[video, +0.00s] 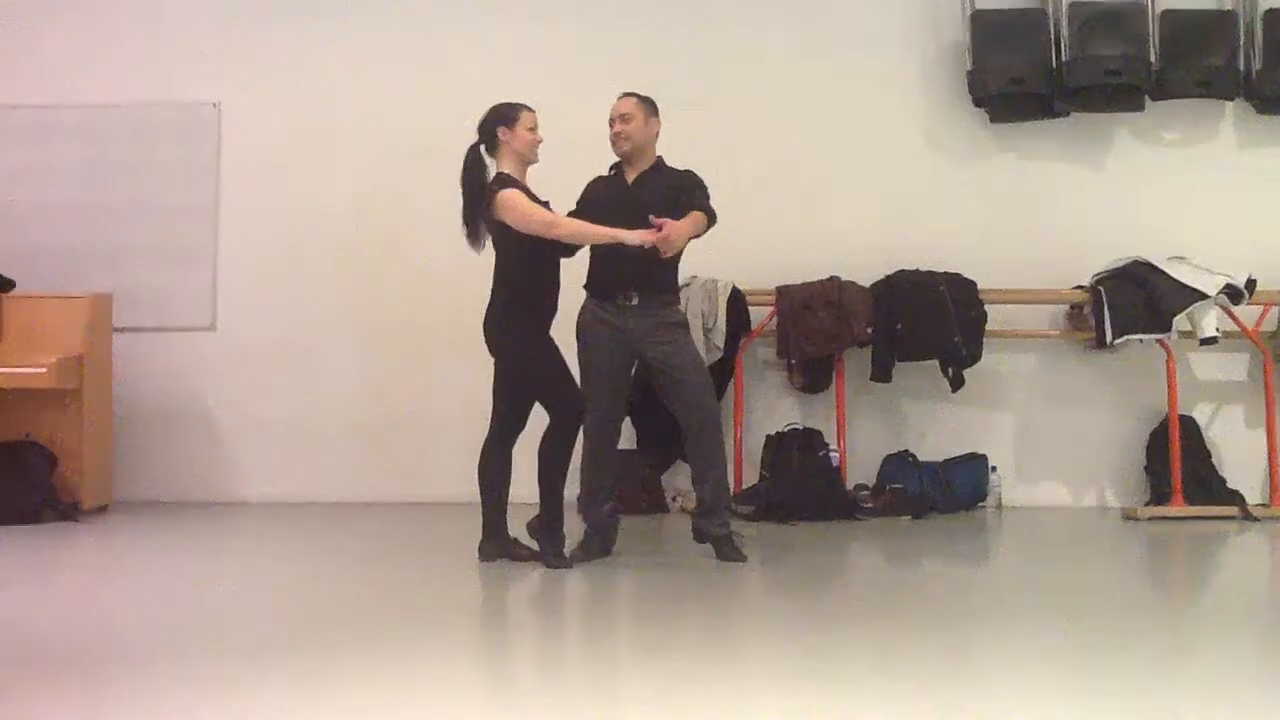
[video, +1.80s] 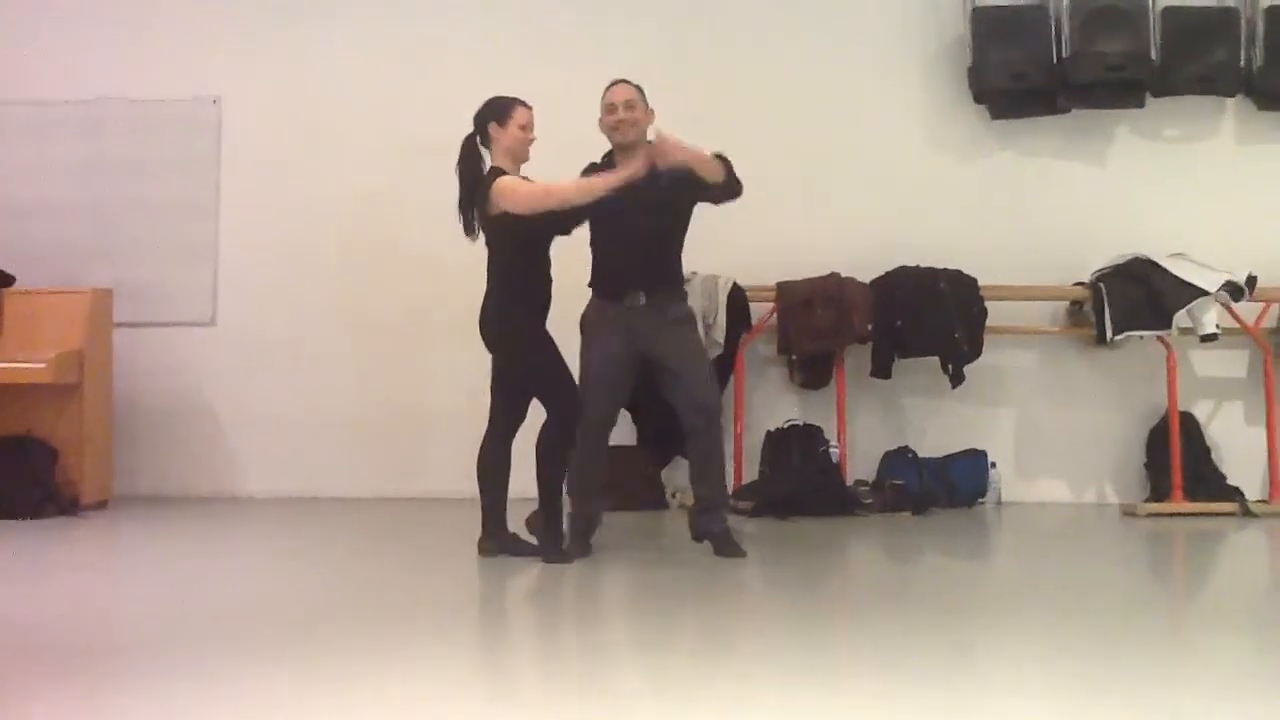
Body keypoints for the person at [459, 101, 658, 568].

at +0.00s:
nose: (540, 137)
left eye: (538, 129)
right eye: (532, 129)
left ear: (510, 136)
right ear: (504, 135)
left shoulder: (518, 192)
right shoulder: (505, 195)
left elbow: (554, 245)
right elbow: (559, 231)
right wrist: (627, 235)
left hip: (524, 324)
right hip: (517, 327)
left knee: (504, 428)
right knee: (568, 410)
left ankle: (494, 536)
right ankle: (550, 523)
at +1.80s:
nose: (532, 137)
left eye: (532, 129)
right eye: (524, 129)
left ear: (506, 135)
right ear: (495, 132)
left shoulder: (514, 185)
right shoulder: (502, 188)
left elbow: (568, 198)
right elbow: (567, 195)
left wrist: (617, 176)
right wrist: (622, 174)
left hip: (518, 318)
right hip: (514, 322)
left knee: (502, 426)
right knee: (567, 409)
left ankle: (494, 532)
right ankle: (548, 518)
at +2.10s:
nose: (514, 137)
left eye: (515, 129)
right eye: (507, 128)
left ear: (490, 134)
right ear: (478, 129)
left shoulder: (497, 180)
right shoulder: (481, 187)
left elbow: (551, 192)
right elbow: (545, 211)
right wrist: (615, 200)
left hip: (502, 317)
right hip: (498, 321)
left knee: (499, 421)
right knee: (558, 402)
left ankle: (490, 531)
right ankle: (545, 519)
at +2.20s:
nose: (504, 141)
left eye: (504, 132)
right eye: (496, 132)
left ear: (480, 137)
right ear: (466, 134)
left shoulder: (487, 189)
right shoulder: (464, 197)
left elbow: (534, 212)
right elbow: (502, 261)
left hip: (490, 322)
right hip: (480, 326)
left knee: (494, 424)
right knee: (546, 404)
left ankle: (489, 531)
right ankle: (521, 520)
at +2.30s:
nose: (496, 141)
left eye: (497, 132)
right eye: (487, 131)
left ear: (483, 137)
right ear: (458, 133)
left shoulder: (479, 189)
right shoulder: (454, 196)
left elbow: (514, 231)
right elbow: (473, 267)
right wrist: (544, 272)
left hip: (489, 320)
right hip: (471, 324)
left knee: (532, 411)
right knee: (496, 422)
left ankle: (479, 506)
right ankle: (488, 531)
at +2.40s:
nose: (487, 143)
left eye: (489, 135)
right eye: (478, 134)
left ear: (483, 141)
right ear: (449, 136)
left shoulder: (471, 190)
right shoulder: (444, 195)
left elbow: (491, 242)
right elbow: (459, 263)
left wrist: (528, 235)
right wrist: (517, 247)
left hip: (481, 321)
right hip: (462, 325)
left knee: (496, 424)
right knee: (498, 424)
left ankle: (492, 533)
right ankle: (429, 501)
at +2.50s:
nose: (474, 141)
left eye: (478, 134)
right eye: (465, 133)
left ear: (481, 141)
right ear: (439, 136)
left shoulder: (475, 196)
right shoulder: (429, 193)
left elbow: (512, 246)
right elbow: (447, 248)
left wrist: (537, 209)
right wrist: (495, 209)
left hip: (470, 325)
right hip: (437, 325)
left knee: (501, 421)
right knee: (446, 426)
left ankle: (489, 532)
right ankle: (389, 518)